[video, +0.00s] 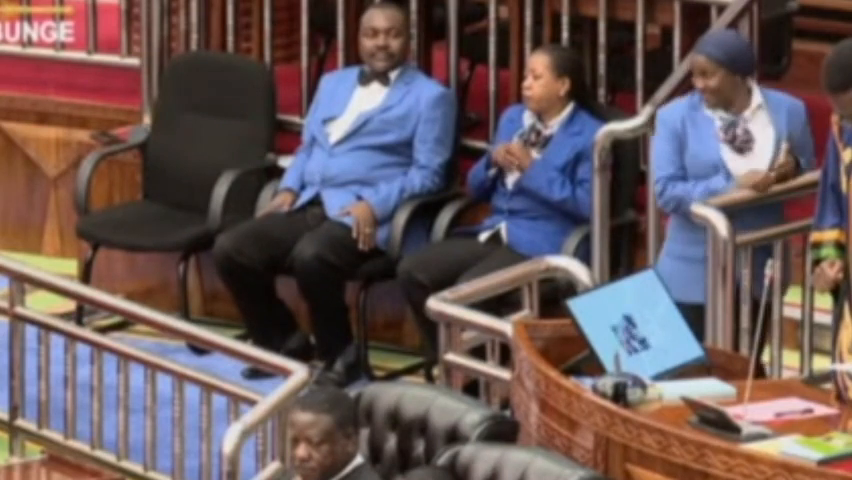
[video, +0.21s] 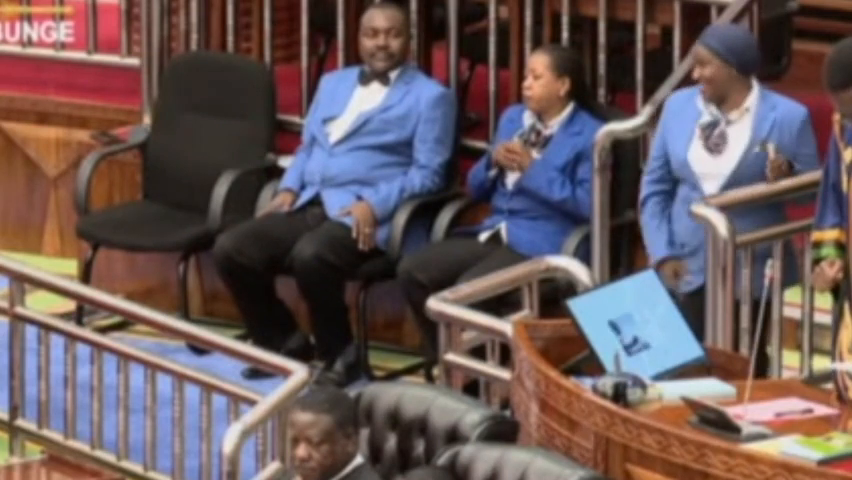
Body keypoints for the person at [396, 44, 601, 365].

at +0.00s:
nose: (525, 85)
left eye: (536, 78)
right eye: (526, 76)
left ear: (563, 87)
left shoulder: (590, 135)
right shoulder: (513, 118)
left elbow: (588, 207)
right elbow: (475, 189)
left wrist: (530, 169)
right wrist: (493, 163)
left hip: (537, 249)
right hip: (494, 238)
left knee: (464, 295)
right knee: (413, 270)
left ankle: (481, 381)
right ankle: (445, 364)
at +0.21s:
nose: (526, 85)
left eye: (536, 78)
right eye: (526, 76)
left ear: (563, 87)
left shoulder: (590, 134)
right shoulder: (513, 118)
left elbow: (589, 207)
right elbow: (475, 189)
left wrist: (530, 169)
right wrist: (494, 163)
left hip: (538, 249)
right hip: (493, 238)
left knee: (464, 295)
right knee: (414, 269)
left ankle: (481, 381)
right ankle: (444, 364)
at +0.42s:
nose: (526, 85)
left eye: (536, 78)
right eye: (526, 76)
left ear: (563, 87)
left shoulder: (590, 134)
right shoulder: (512, 118)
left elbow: (589, 207)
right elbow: (475, 189)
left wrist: (530, 169)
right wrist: (494, 162)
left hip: (538, 249)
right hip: (493, 238)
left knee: (464, 295)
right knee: (413, 269)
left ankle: (483, 380)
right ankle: (444, 365)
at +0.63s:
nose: (526, 85)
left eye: (536, 78)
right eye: (526, 76)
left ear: (563, 86)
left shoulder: (590, 134)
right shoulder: (512, 118)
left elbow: (589, 207)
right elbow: (475, 190)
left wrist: (530, 169)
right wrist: (493, 163)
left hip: (538, 249)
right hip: (493, 238)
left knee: (464, 295)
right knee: (413, 269)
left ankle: (483, 380)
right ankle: (444, 365)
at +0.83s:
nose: (526, 85)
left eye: (536, 78)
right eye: (526, 77)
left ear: (564, 86)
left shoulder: (590, 134)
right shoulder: (512, 118)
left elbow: (589, 207)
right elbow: (475, 190)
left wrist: (531, 170)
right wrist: (494, 163)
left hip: (538, 249)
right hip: (493, 237)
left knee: (466, 295)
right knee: (414, 270)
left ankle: (482, 381)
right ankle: (444, 365)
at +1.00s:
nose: (526, 85)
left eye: (536, 77)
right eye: (526, 77)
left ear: (564, 86)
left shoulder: (584, 130)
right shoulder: (513, 118)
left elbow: (584, 206)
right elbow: (475, 189)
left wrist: (530, 170)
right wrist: (493, 162)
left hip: (537, 248)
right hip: (494, 236)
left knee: (465, 296)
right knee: (414, 269)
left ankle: (479, 379)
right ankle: (445, 363)